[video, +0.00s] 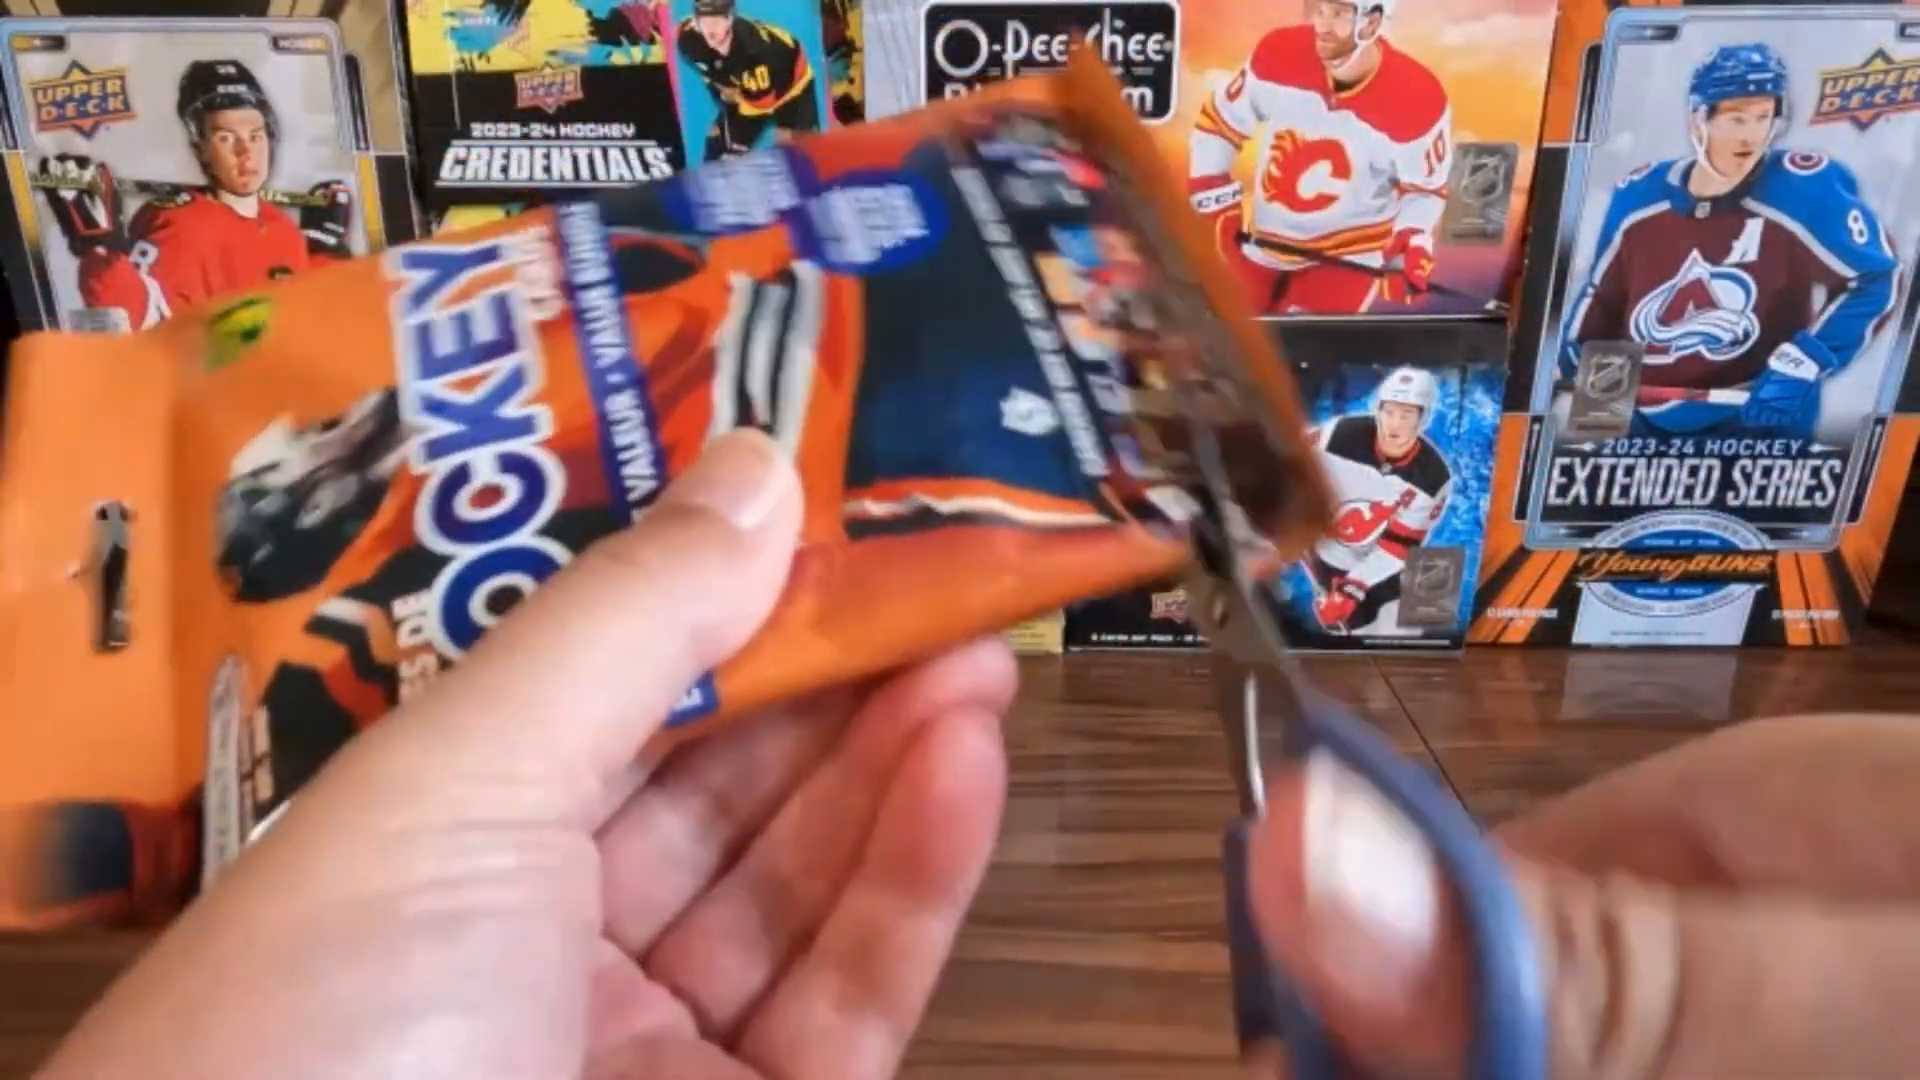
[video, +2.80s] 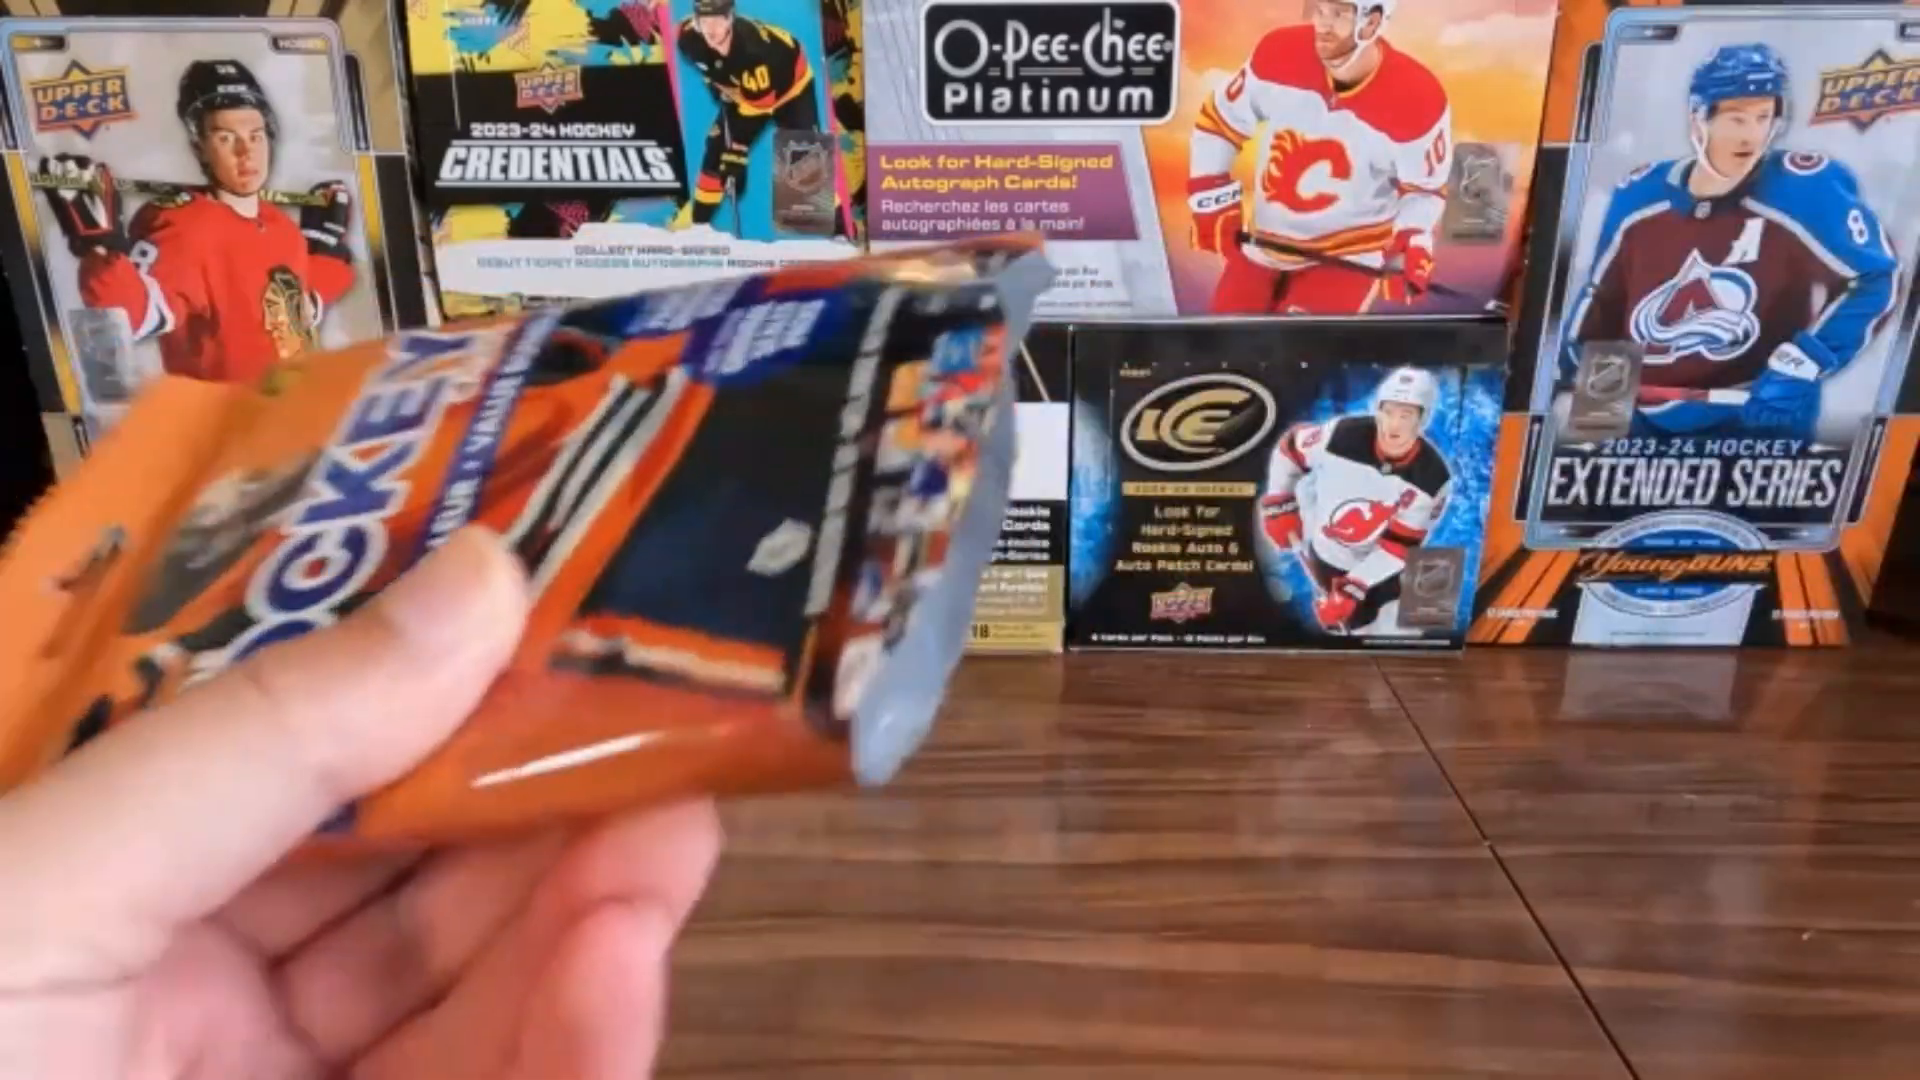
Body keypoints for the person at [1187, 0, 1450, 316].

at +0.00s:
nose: (1323, 26)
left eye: (1339, 14)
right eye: (1318, 11)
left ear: (1372, 22)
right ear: (1309, 11)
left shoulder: (1417, 96)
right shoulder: (1277, 56)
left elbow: (1423, 191)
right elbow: (1215, 126)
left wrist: (1414, 249)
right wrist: (1218, 208)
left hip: (1347, 261)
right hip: (1257, 248)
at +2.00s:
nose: (1323, 27)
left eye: (1339, 14)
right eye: (1317, 11)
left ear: (1373, 21)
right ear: (1309, 11)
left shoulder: (1416, 96)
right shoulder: (1276, 56)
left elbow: (1423, 190)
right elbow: (1216, 125)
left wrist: (1414, 248)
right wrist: (1221, 215)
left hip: (1356, 259)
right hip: (1269, 248)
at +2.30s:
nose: (1322, 26)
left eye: (1339, 14)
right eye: (1317, 11)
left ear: (1373, 23)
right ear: (1308, 10)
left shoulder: (1417, 96)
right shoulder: (1277, 55)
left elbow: (1424, 190)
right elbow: (1216, 126)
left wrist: (1413, 250)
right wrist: (1217, 217)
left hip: (1354, 260)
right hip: (1270, 245)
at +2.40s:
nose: (1324, 26)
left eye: (1339, 14)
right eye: (1319, 11)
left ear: (1372, 21)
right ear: (1309, 11)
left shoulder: (1419, 98)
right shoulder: (1277, 53)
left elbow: (1424, 200)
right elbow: (1217, 125)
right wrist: (1204, 207)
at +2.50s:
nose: (1323, 26)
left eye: (1339, 14)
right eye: (1317, 11)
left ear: (1373, 23)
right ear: (1308, 11)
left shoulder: (1417, 95)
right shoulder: (1277, 56)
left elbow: (1423, 191)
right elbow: (1216, 125)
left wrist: (1415, 250)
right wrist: (1214, 203)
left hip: (1348, 261)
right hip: (1262, 248)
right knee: (1214, 362)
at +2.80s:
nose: (1323, 26)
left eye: (1339, 14)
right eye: (1318, 11)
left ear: (1373, 22)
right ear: (1309, 11)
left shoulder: (1417, 96)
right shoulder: (1277, 55)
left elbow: (1423, 190)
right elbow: (1216, 124)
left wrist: (1415, 249)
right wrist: (1213, 202)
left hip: (1347, 261)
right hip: (1261, 248)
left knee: (1288, 365)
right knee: (1222, 357)